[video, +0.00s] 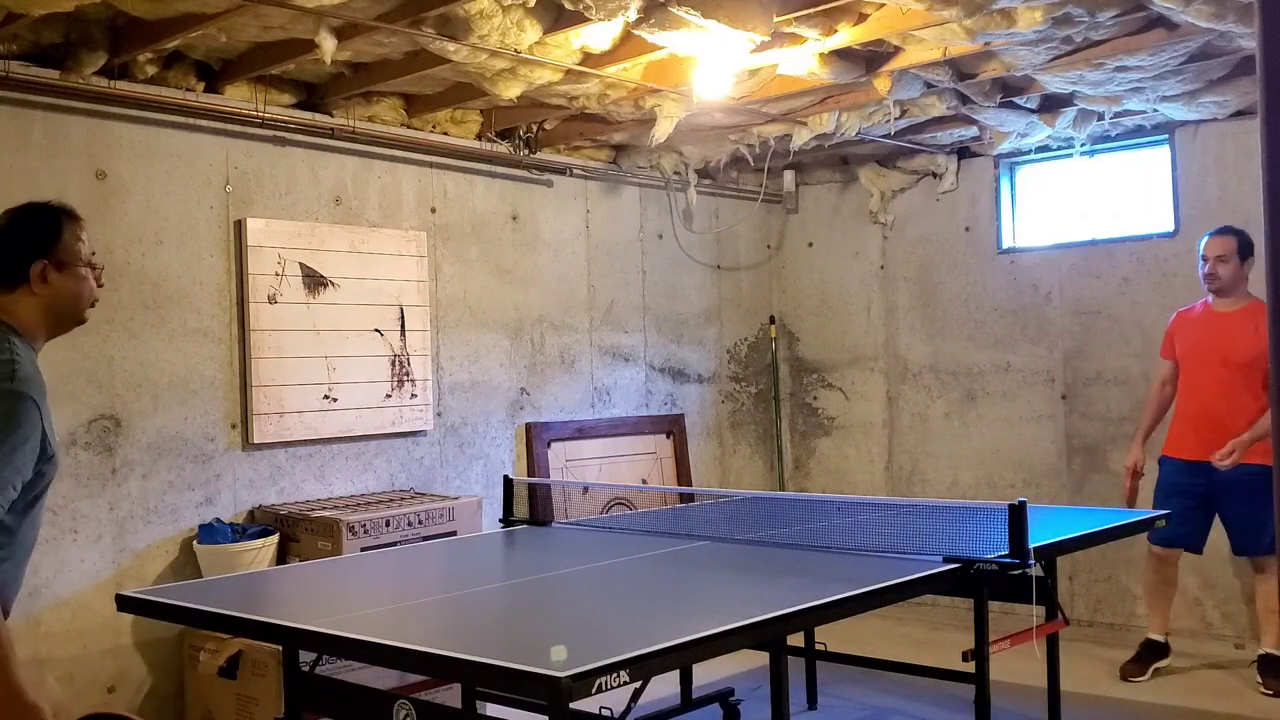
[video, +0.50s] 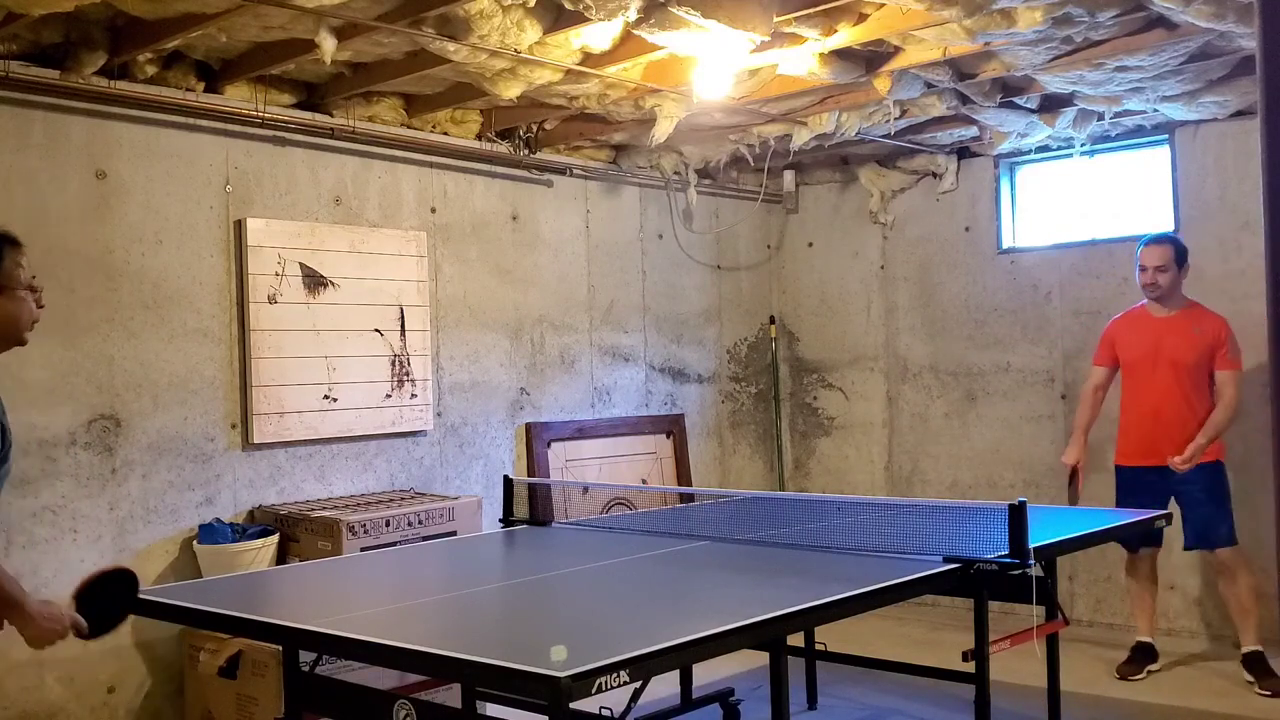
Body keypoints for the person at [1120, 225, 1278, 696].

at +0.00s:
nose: (1210, 268)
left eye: (1220, 260)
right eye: (1205, 260)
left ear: (1246, 266)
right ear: (1199, 265)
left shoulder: (1266, 319)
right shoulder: (1184, 319)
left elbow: (1277, 401)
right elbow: (1164, 385)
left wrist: (1247, 438)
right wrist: (1139, 441)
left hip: (1249, 462)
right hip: (1183, 459)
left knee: (1264, 559)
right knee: (1161, 546)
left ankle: (1270, 654)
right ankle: (1155, 641)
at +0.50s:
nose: (1149, 278)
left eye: (1160, 270)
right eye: (1143, 270)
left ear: (1181, 272)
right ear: (1137, 272)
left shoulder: (1212, 326)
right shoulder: (1120, 327)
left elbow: (1229, 400)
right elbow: (1095, 388)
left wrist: (1199, 443)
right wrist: (1077, 441)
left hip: (1200, 462)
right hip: (1137, 464)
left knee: (1224, 553)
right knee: (1139, 553)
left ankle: (1252, 652)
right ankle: (1144, 645)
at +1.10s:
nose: (1207, 297)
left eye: (1219, 291)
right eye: (1200, 286)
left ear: (1236, 289)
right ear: (1190, 277)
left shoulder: (1248, 334)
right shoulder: (1158, 320)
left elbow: (1254, 406)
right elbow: (1112, 372)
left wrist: (1208, 402)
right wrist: (1113, 409)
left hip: (1221, 460)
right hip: (1159, 457)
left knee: (1227, 555)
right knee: (1150, 550)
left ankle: (1242, 658)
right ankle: (1144, 644)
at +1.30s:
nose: (1221, 290)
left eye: (1234, 283)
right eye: (1215, 279)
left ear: (1252, 284)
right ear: (1206, 273)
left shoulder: (1263, 333)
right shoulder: (1172, 314)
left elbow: (1271, 399)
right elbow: (1125, 368)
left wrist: (1252, 418)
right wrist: (1176, 385)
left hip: (1231, 461)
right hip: (1168, 455)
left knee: (1235, 556)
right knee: (1155, 547)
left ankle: (1244, 657)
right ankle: (1152, 637)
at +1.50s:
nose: (1225, 299)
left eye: (1238, 292)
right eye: (1220, 288)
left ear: (1256, 294)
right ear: (1211, 282)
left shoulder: (1265, 339)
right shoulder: (1180, 320)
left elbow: (1267, 394)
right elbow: (1127, 372)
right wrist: (1168, 404)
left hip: (1230, 463)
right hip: (1168, 457)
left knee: (1234, 556)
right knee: (1155, 544)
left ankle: (1244, 657)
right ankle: (1155, 626)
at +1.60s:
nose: (1222, 298)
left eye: (1235, 291)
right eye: (1217, 287)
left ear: (1256, 294)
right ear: (1210, 283)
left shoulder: (1266, 342)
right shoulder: (1180, 322)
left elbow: (1271, 398)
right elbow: (1119, 368)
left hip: (1226, 461)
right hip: (1164, 454)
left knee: (1232, 556)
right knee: (1147, 543)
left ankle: (1244, 656)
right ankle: (1144, 618)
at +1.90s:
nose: (1173, 288)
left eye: (1185, 282)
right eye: (1169, 279)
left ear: (1209, 287)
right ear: (1163, 280)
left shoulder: (1232, 345)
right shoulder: (1137, 326)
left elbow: (1256, 414)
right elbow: (1086, 372)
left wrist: (1271, 462)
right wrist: (1042, 419)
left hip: (1195, 470)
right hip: (1130, 461)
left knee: (1211, 561)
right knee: (1101, 547)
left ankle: (1241, 657)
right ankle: (1079, 628)